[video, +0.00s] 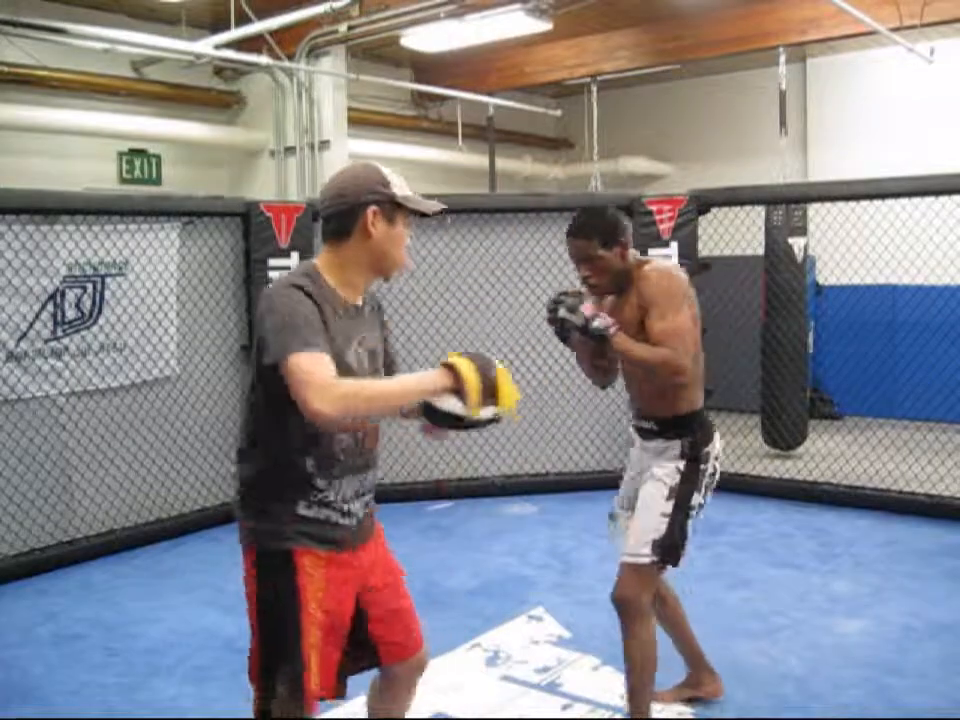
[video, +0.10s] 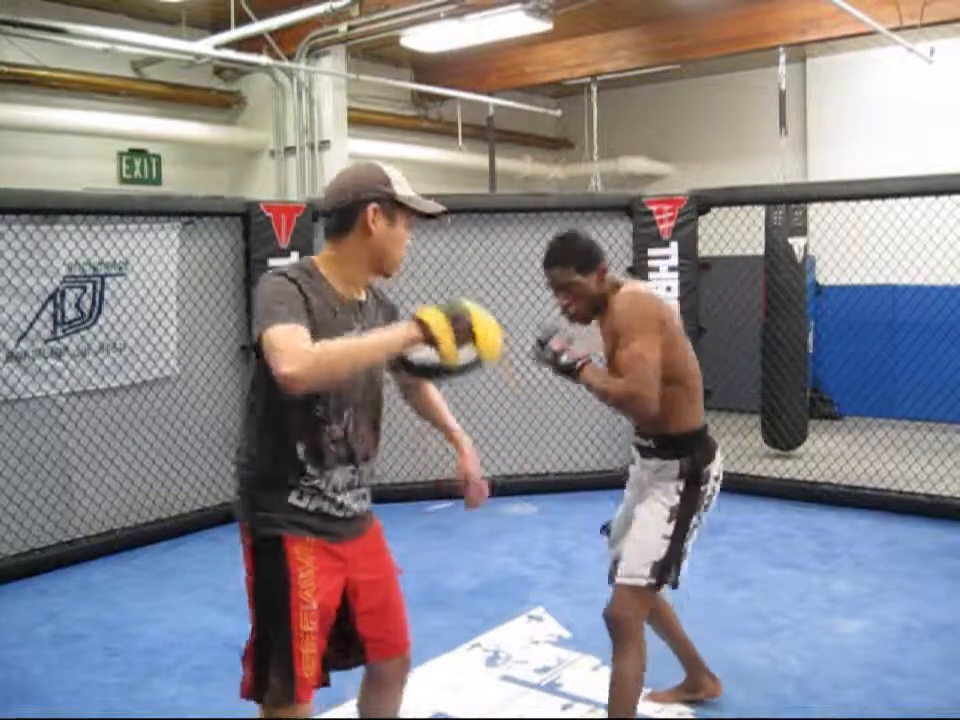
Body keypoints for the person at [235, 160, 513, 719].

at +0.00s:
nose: (410, 240)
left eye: (410, 226)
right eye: (403, 223)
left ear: (369, 225)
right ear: (371, 223)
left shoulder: (368, 306)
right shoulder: (289, 301)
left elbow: (371, 396)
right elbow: (321, 401)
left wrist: (426, 412)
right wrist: (443, 380)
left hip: (358, 527)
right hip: (292, 540)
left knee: (405, 663)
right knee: (290, 700)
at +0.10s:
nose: (409, 242)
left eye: (411, 229)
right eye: (406, 227)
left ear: (371, 223)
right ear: (371, 220)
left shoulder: (377, 301)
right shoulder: (282, 285)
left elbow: (414, 379)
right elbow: (293, 367)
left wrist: (462, 442)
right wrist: (405, 337)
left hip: (354, 512)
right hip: (288, 518)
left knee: (390, 663)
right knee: (289, 694)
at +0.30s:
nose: (406, 239)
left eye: (410, 228)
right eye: (404, 225)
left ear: (368, 218)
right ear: (374, 216)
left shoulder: (351, 293)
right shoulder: (292, 279)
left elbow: (341, 400)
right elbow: (361, 354)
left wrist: (395, 451)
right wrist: (412, 266)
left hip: (335, 507)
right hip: (282, 511)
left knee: (371, 643)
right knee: (281, 687)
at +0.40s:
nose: (392, 249)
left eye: (394, 235)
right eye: (389, 233)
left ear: (348, 227)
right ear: (360, 226)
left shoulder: (312, 291)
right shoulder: (320, 294)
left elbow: (292, 408)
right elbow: (407, 394)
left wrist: (359, 445)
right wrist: (462, 317)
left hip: (321, 514)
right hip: (274, 520)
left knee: (370, 642)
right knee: (243, 690)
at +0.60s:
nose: (354, 261)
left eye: (355, 246)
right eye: (348, 245)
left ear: (312, 245)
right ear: (312, 243)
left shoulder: (306, 319)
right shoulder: (238, 318)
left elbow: (312, 407)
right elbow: (235, 425)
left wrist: (374, 449)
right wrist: (341, 390)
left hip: (302, 527)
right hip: (238, 540)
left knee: (374, 655)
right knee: (212, 703)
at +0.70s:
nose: (324, 261)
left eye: (325, 248)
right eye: (319, 248)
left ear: (290, 250)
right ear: (288, 248)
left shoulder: (296, 321)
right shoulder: (197, 328)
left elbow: (301, 411)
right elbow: (192, 443)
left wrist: (326, 473)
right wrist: (267, 363)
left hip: (275, 531)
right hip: (206, 542)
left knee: (352, 660)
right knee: (193, 704)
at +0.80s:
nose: (313, 253)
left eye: (313, 239)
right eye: (306, 238)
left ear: (268, 238)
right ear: (269, 237)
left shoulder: (249, 313)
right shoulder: (191, 325)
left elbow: (246, 406)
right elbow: (229, 461)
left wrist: (273, 468)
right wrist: (263, 343)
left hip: (246, 528)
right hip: (188, 541)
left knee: (315, 647)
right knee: (174, 702)